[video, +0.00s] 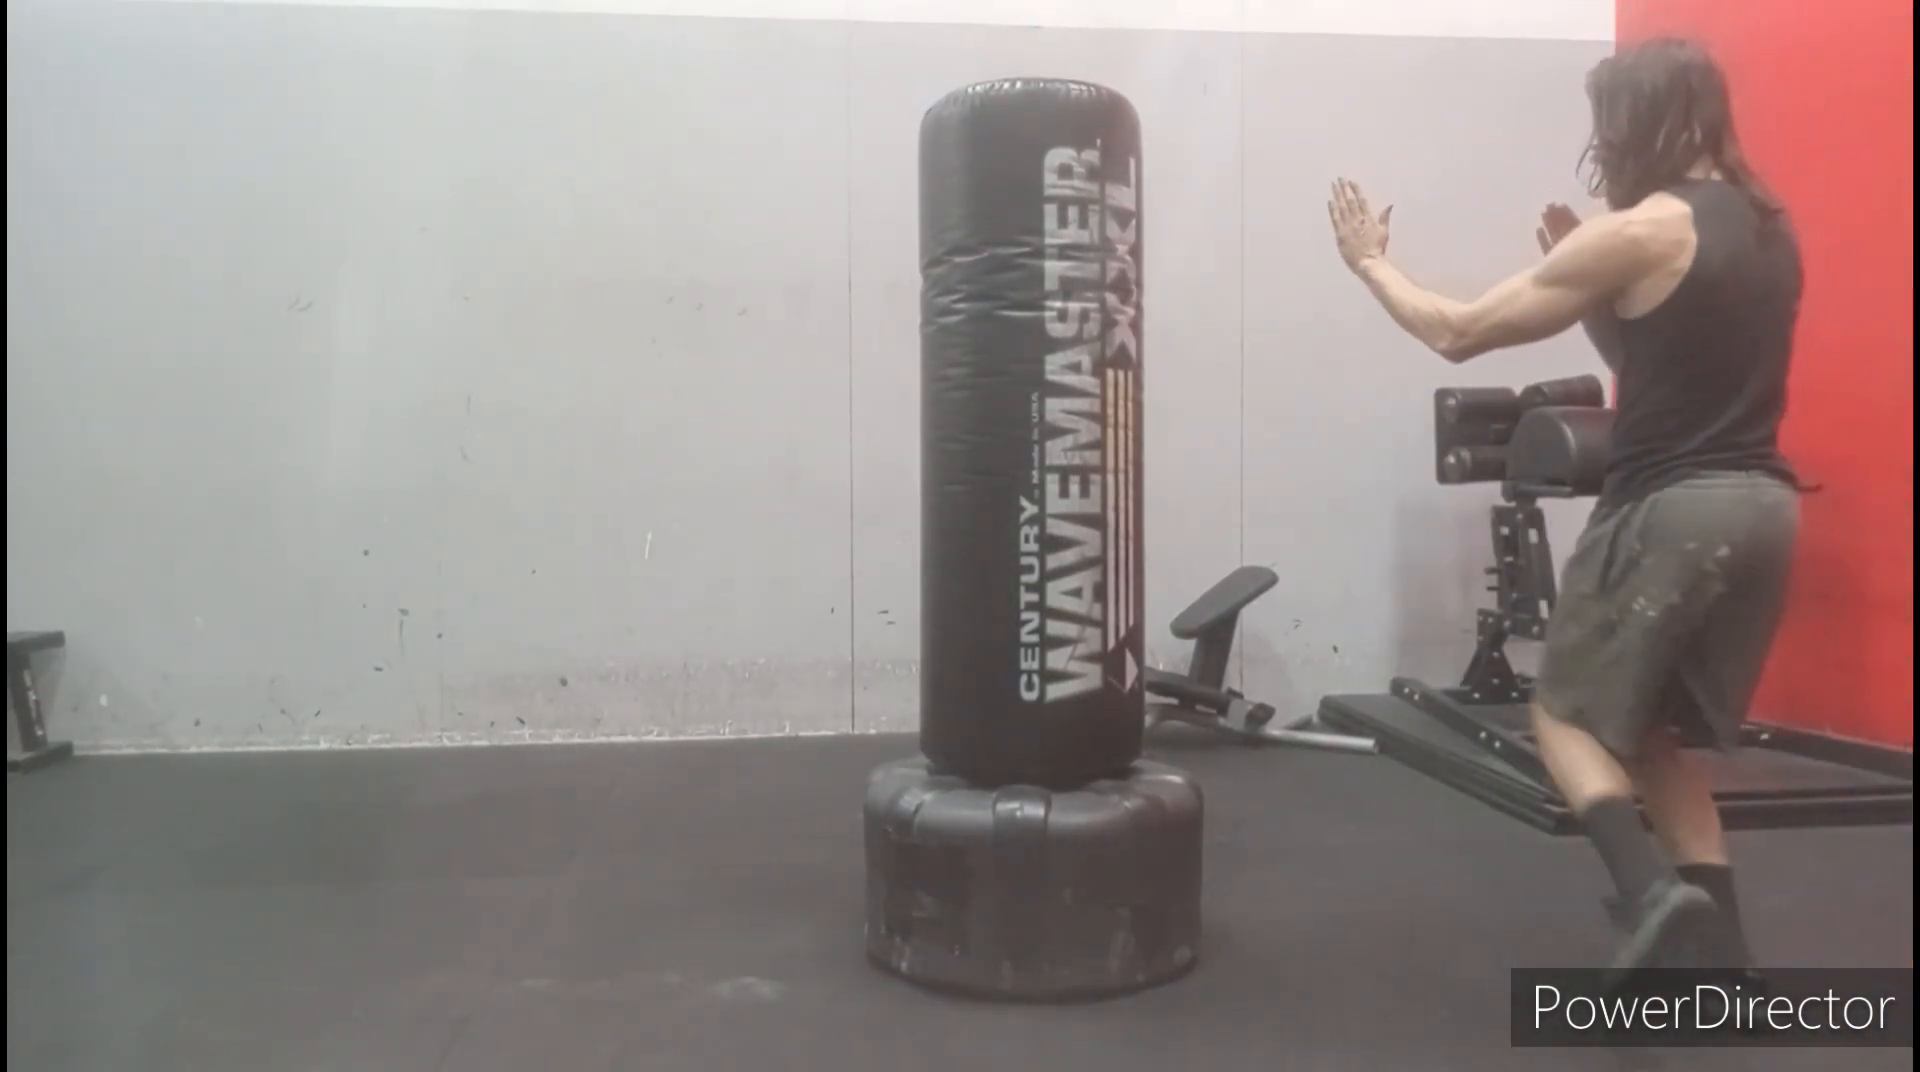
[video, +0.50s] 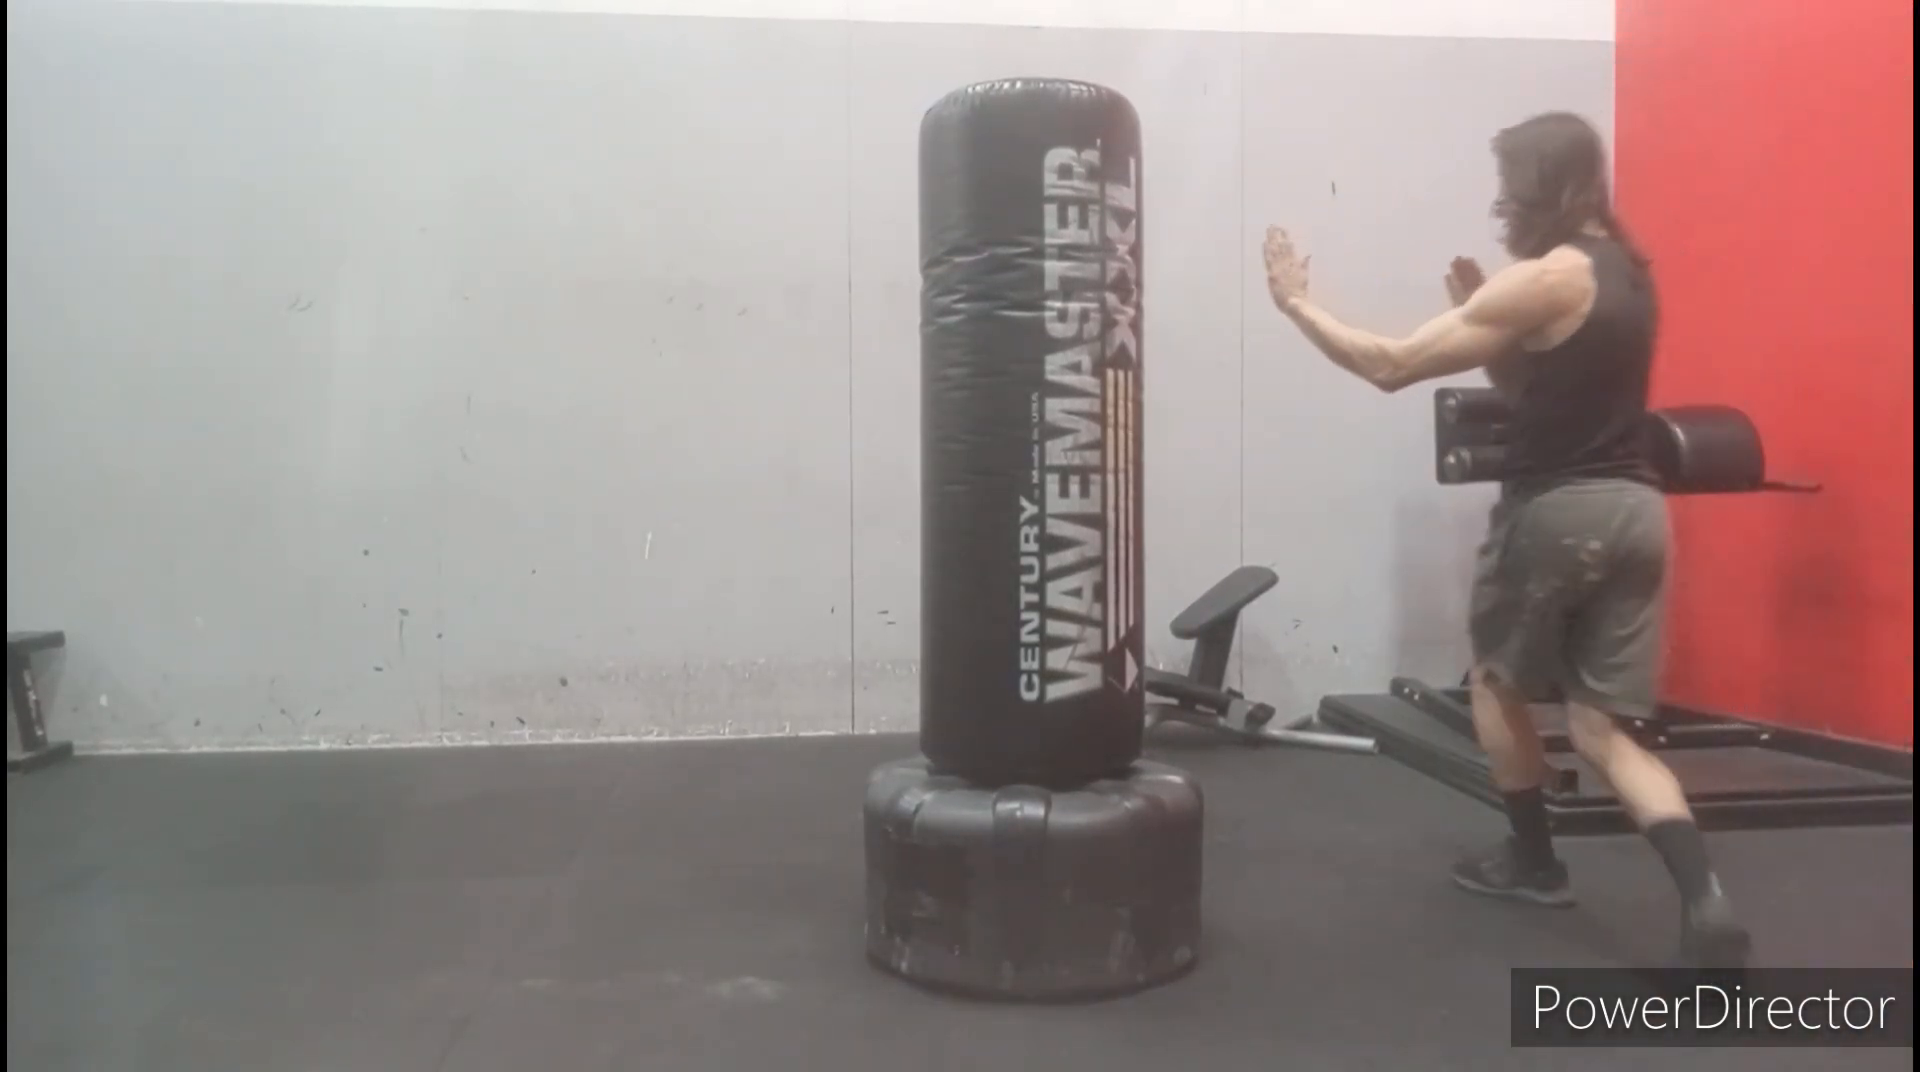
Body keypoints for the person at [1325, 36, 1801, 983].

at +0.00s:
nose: (1597, 139)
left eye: (1605, 121)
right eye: (1600, 120)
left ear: (1633, 125)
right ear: (1706, 119)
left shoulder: (1638, 233)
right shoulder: (1767, 224)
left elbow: (1458, 330)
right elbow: (1666, 358)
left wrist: (1368, 261)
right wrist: (1585, 273)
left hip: (1676, 506)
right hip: (1766, 501)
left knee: (1564, 713)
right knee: (1667, 744)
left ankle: (1648, 888)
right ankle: (1723, 968)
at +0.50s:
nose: (1498, 197)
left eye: (1506, 181)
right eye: (1498, 180)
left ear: (1538, 186)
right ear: (1588, 185)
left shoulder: (1551, 279)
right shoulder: (1627, 265)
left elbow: (1390, 366)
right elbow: (1546, 380)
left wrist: (1297, 301)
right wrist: (1489, 311)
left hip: (1554, 509)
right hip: (1637, 505)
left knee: (1496, 682)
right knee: (1602, 725)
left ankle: (1534, 860)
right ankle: (1703, 895)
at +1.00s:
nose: (1383, 229)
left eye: (1395, 216)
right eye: (1385, 215)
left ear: (1432, 222)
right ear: (1445, 223)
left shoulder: (1450, 294)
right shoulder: (1448, 294)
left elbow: (1323, 370)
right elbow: (1396, 419)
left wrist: (1226, 316)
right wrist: (1370, 332)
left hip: (1464, 510)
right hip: (1451, 506)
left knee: (1426, 700)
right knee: (1362, 628)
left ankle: (1533, 856)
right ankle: (1371, 792)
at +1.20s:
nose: (1331, 238)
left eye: (1340, 225)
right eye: (1331, 225)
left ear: (1374, 230)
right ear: (1377, 231)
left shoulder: (1403, 305)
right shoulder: (1375, 307)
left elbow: (1291, 373)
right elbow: (1320, 414)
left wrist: (1195, 318)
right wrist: (1320, 338)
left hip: (1400, 511)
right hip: (1379, 510)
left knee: (1365, 692)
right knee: (1298, 644)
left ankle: (1500, 817)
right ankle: (1344, 800)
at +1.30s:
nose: (1305, 246)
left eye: (1316, 233)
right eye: (1304, 233)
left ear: (1354, 240)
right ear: (1329, 237)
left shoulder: (1377, 309)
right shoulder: (1344, 312)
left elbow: (1277, 374)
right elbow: (1287, 413)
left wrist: (1180, 320)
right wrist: (1291, 341)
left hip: (1371, 507)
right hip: (1357, 505)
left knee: (1279, 655)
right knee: (1299, 657)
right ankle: (1343, 800)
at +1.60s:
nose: (1230, 256)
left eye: (1241, 243)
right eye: (1228, 244)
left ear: (1276, 248)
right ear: (1243, 252)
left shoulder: (1305, 319)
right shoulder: (1259, 326)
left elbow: (1228, 381)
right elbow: (1214, 423)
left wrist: (1140, 342)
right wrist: (1221, 351)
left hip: (1288, 507)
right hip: (1278, 505)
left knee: (1142, 595)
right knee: (1230, 661)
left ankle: (1163, 757)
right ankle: (1336, 797)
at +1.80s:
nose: (1170, 261)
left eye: (1181, 249)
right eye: (1167, 249)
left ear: (1215, 255)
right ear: (1166, 256)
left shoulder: (1238, 327)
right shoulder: (1179, 327)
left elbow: (1172, 388)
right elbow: (1137, 420)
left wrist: (1133, 345)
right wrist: (1152, 352)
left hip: (1211, 517)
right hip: (1215, 514)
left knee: (1095, 614)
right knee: (1202, 678)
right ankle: (1328, 786)